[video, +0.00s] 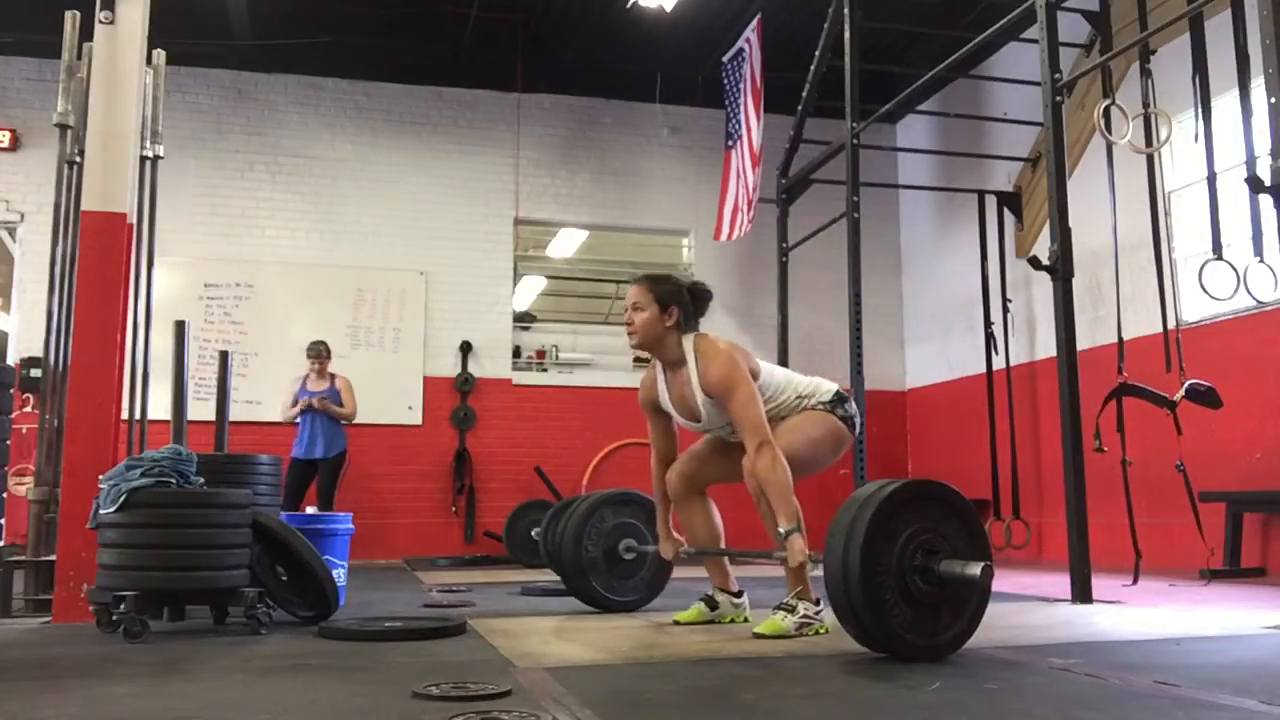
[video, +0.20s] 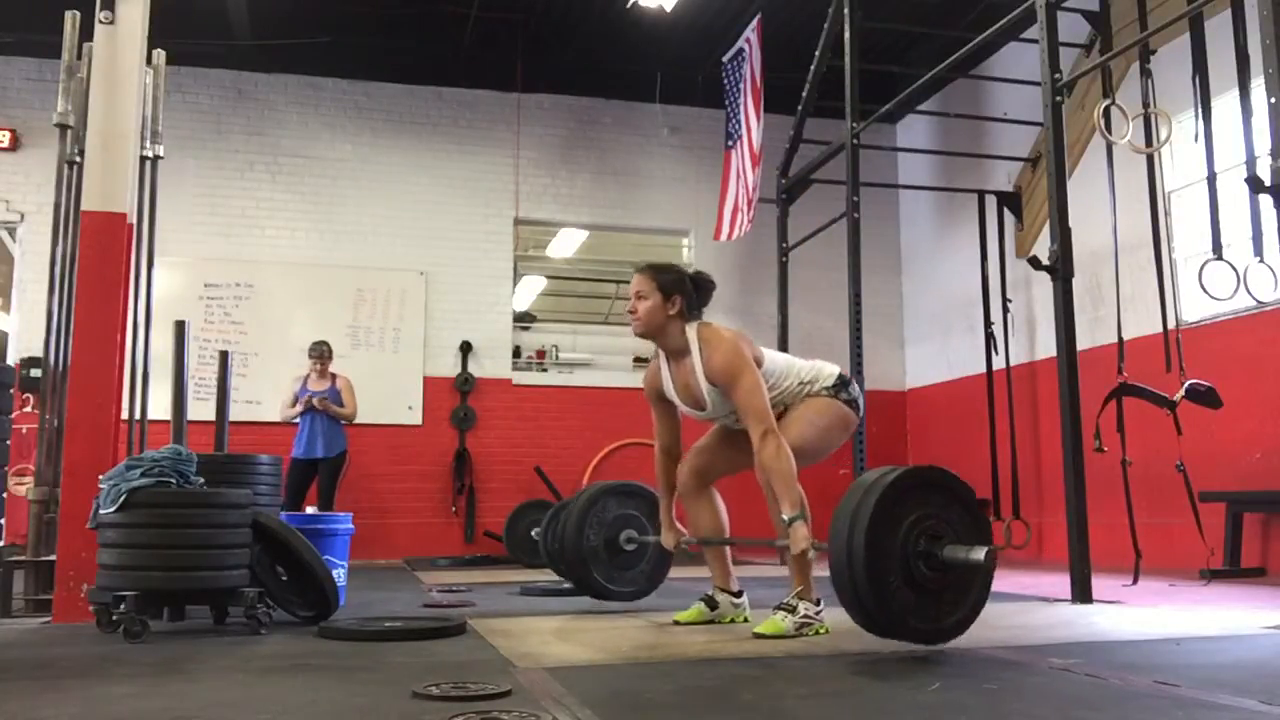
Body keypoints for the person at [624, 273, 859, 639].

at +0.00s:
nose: (626, 319)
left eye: (636, 309)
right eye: (626, 311)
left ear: (669, 316)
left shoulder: (718, 360)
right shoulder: (652, 387)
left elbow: (762, 449)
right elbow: (663, 461)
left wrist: (791, 532)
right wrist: (664, 530)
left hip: (826, 412)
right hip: (763, 425)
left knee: (761, 472)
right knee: (680, 479)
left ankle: (804, 602)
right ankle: (726, 596)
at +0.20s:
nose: (629, 307)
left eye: (640, 298)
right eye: (629, 299)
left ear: (673, 305)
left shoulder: (722, 349)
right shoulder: (657, 378)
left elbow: (767, 438)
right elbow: (668, 451)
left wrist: (795, 517)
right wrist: (666, 519)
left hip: (830, 396)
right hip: (769, 411)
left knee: (773, 466)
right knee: (691, 474)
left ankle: (805, 601)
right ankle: (726, 595)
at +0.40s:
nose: (633, 288)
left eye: (644, 279)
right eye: (634, 280)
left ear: (677, 286)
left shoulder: (724, 331)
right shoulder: (660, 361)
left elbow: (770, 418)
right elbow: (670, 431)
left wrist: (800, 497)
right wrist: (670, 503)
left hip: (832, 374)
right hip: (775, 392)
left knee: (788, 460)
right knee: (706, 468)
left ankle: (806, 602)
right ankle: (727, 595)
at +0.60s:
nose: (636, 271)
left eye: (646, 262)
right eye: (636, 263)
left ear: (679, 268)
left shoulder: (725, 314)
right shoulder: (661, 344)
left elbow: (774, 397)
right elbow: (672, 415)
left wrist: (804, 476)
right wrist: (674, 485)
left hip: (833, 365)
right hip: (777, 381)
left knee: (799, 465)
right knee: (714, 467)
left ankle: (806, 601)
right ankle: (728, 594)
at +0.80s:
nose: (637, 266)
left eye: (648, 256)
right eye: (637, 258)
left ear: (681, 263)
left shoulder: (727, 309)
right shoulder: (662, 340)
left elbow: (776, 391)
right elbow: (674, 413)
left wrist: (806, 469)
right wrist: (676, 479)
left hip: (833, 363)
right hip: (779, 379)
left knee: (802, 466)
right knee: (718, 468)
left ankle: (806, 602)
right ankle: (728, 594)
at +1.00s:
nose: (640, 261)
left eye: (650, 251)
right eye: (639, 253)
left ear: (683, 258)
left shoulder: (729, 305)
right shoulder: (663, 336)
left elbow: (778, 387)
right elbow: (676, 412)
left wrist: (807, 464)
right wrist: (677, 475)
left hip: (834, 363)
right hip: (780, 377)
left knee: (804, 466)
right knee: (720, 467)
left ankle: (807, 602)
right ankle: (728, 595)